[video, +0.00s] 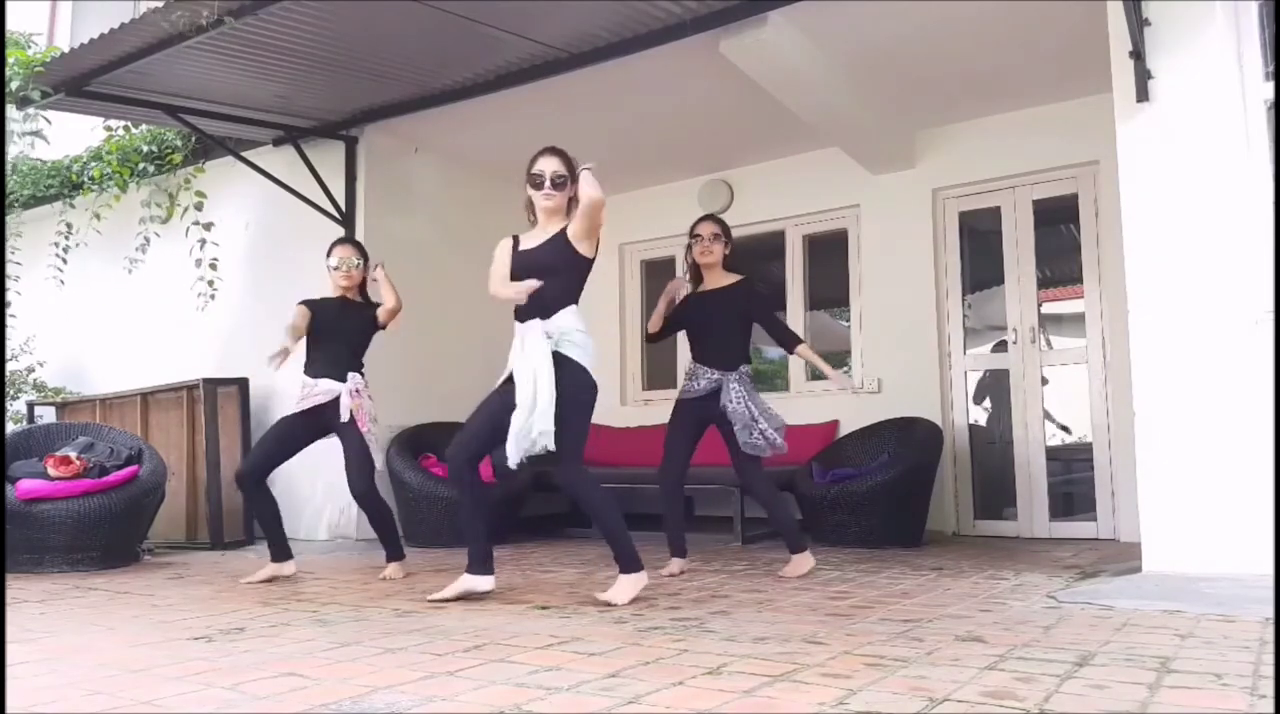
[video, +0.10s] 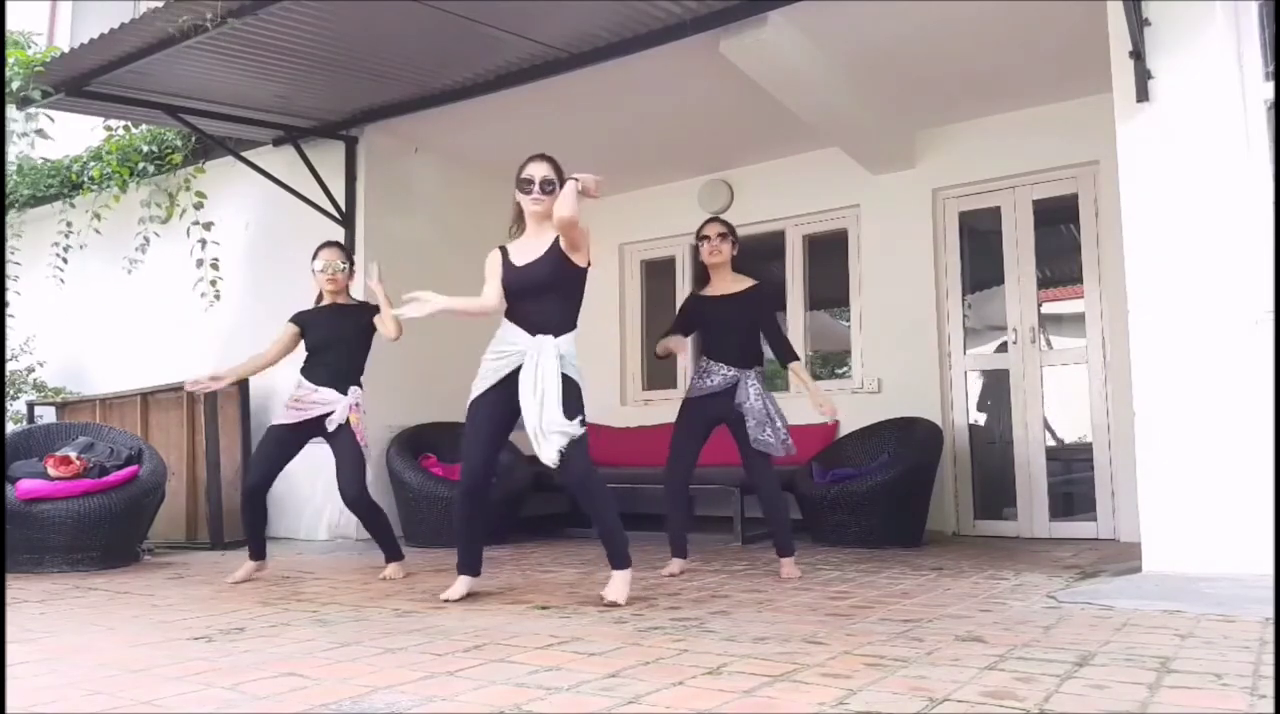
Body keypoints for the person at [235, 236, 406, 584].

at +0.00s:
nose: (344, 270)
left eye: (352, 264)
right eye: (337, 265)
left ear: (363, 272)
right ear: (328, 270)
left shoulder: (370, 313)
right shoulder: (311, 306)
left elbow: (393, 307)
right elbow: (297, 326)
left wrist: (381, 278)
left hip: (351, 407)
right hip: (312, 406)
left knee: (362, 489)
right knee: (249, 473)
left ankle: (396, 559)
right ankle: (281, 559)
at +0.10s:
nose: (331, 273)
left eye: (339, 266)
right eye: (323, 267)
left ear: (351, 273)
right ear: (314, 275)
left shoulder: (367, 311)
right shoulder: (306, 318)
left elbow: (393, 332)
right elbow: (270, 356)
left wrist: (381, 296)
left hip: (343, 410)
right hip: (302, 406)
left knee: (354, 494)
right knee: (254, 482)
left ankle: (394, 559)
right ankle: (256, 559)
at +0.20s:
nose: (317, 267)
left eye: (325, 261)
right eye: (310, 261)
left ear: (338, 268)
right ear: (301, 269)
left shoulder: (357, 311)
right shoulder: (291, 315)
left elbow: (381, 361)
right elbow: (246, 358)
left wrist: (380, 316)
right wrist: (198, 379)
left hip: (333, 405)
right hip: (289, 401)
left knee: (352, 486)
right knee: (255, 487)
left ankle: (391, 555)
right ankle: (249, 564)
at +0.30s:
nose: (312, 255)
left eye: (320, 249)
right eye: (305, 250)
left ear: (333, 256)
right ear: (295, 257)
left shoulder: (350, 304)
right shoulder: (281, 301)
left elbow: (364, 361)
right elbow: (244, 351)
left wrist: (376, 368)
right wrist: (217, 398)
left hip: (332, 397)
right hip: (286, 396)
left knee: (354, 473)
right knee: (258, 483)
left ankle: (369, 550)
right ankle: (248, 563)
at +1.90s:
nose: (300, 262)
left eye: (309, 256)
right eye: (294, 257)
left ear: (326, 262)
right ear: (289, 262)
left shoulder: (346, 304)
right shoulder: (281, 310)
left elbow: (362, 358)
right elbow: (274, 366)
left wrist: (362, 409)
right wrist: (267, 416)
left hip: (338, 399)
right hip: (293, 400)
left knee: (356, 479)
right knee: (261, 482)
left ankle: (357, 562)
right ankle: (246, 560)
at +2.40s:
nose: (295, 261)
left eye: (303, 255)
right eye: (288, 256)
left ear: (316, 260)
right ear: (280, 261)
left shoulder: (333, 307)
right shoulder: (271, 300)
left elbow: (342, 358)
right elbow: (251, 356)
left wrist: (347, 401)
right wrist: (248, 412)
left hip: (321, 399)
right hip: (275, 399)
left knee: (361, 464)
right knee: (258, 485)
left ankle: (358, 554)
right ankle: (241, 562)